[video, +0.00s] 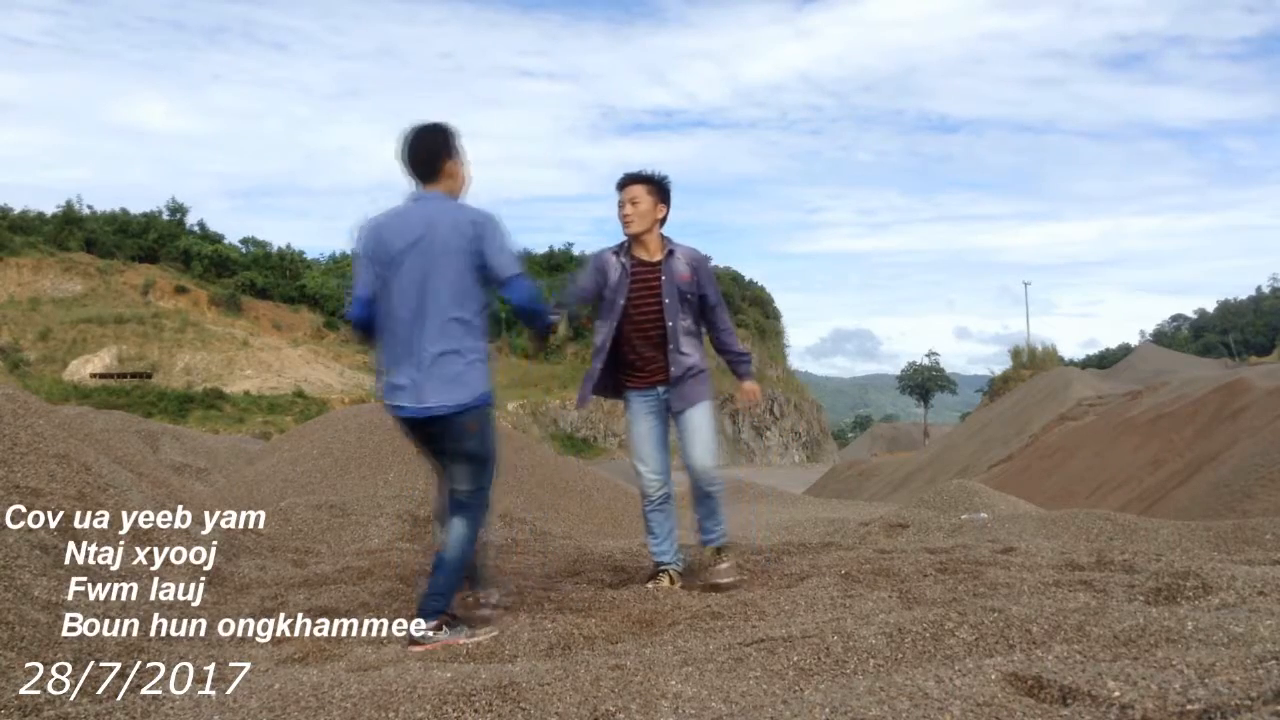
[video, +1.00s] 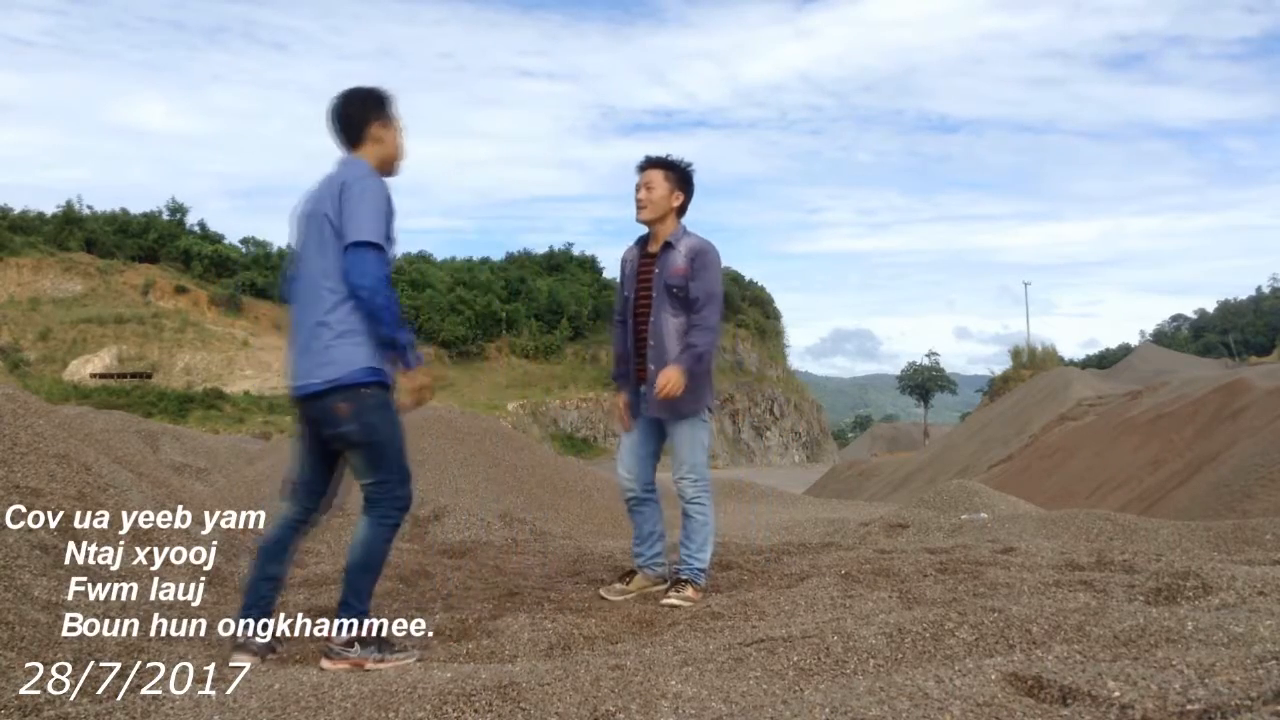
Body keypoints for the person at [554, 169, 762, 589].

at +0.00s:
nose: (624, 212)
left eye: (634, 203)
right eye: (621, 205)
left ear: (661, 210)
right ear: (619, 213)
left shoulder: (690, 262)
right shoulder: (606, 264)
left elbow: (718, 321)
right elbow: (568, 296)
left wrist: (744, 373)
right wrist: (540, 311)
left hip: (688, 383)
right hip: (639, 392)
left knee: (702, 467)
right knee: (652, 483)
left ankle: (717, 549)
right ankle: (666, 567)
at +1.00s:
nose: (639, 195)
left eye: (649, 188)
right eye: (638, 188)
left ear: (677, 198)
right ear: (641, 197)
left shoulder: (699, 252)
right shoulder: (631, 257)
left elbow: (707, 323)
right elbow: (623, 325)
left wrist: (683, 366)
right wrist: (623, 385)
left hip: (685, 390)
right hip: (642, 391)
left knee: (690, 484)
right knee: (634, 482)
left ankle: (691, 577)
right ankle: (651, 570)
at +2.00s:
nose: (665, 204)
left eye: (674, 196)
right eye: (662, 197)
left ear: (702, 203)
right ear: (663, 203)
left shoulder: (718, 260)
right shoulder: (655, 261)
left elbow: (723, 331)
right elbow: (639, 325)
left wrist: (714, 394)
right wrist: (622, 384)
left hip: (696, 393)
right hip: (654, 391)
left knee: (698, 486)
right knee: (639, 477)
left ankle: (693, 576)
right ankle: (654, 567)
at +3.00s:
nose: (788, 258)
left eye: (796, 251)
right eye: (784, 251)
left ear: (817, 257)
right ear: (780, 256)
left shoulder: (836, 302)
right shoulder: (777, 305)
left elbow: (858, 356)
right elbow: (771, 358)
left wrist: (866, 409)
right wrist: (764, 403)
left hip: (830, 405)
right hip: (794, 407)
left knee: (812, 466)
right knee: (817, 473)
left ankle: (814, 547)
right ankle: (849, 539)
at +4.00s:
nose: (741, 236)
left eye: (749, 229)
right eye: (737, 228)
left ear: (767, 234)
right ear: (733, 233)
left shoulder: (784, 282)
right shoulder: (735, 285)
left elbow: (794, 340)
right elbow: (738, 343)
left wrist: (795, 393)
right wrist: (736, 390)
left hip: (785, 394)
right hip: (751, 395)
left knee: (789, 468)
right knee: (753, 475)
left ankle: (828, 523)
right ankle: (770, 545)